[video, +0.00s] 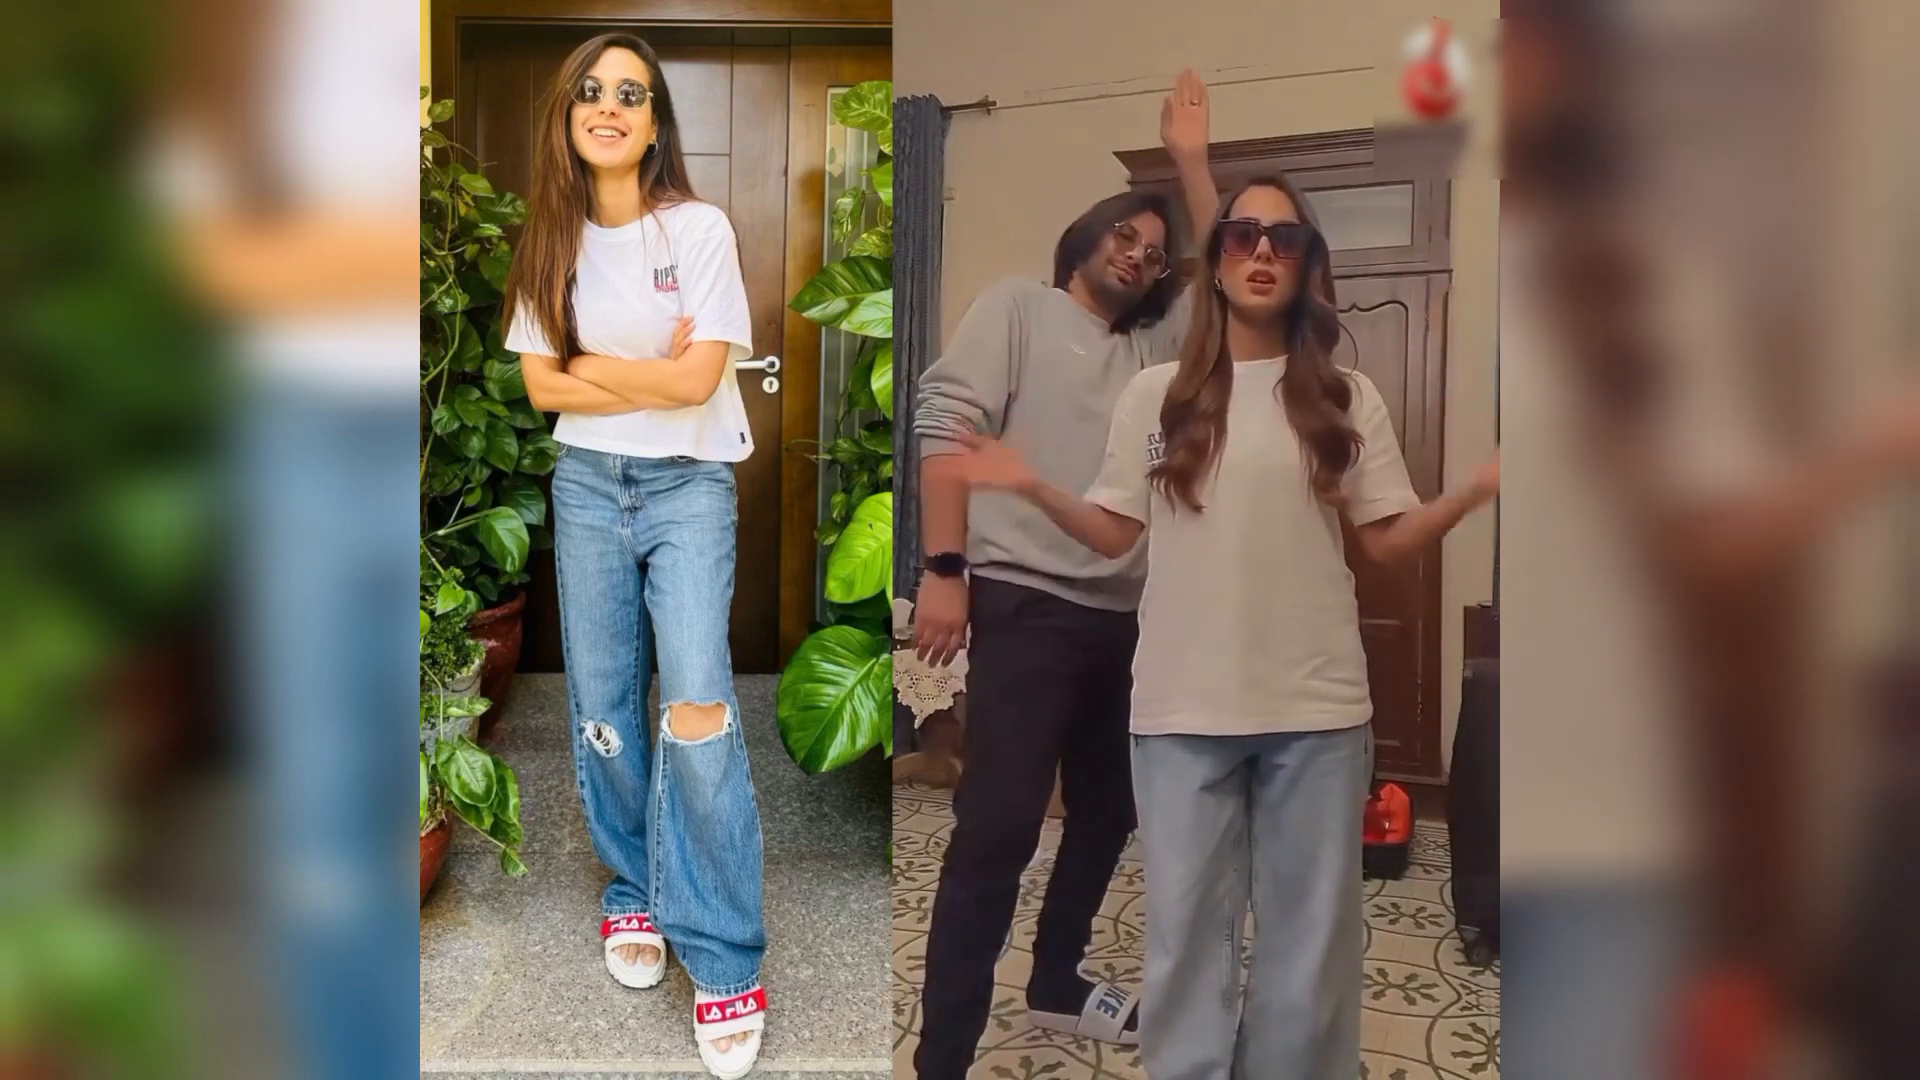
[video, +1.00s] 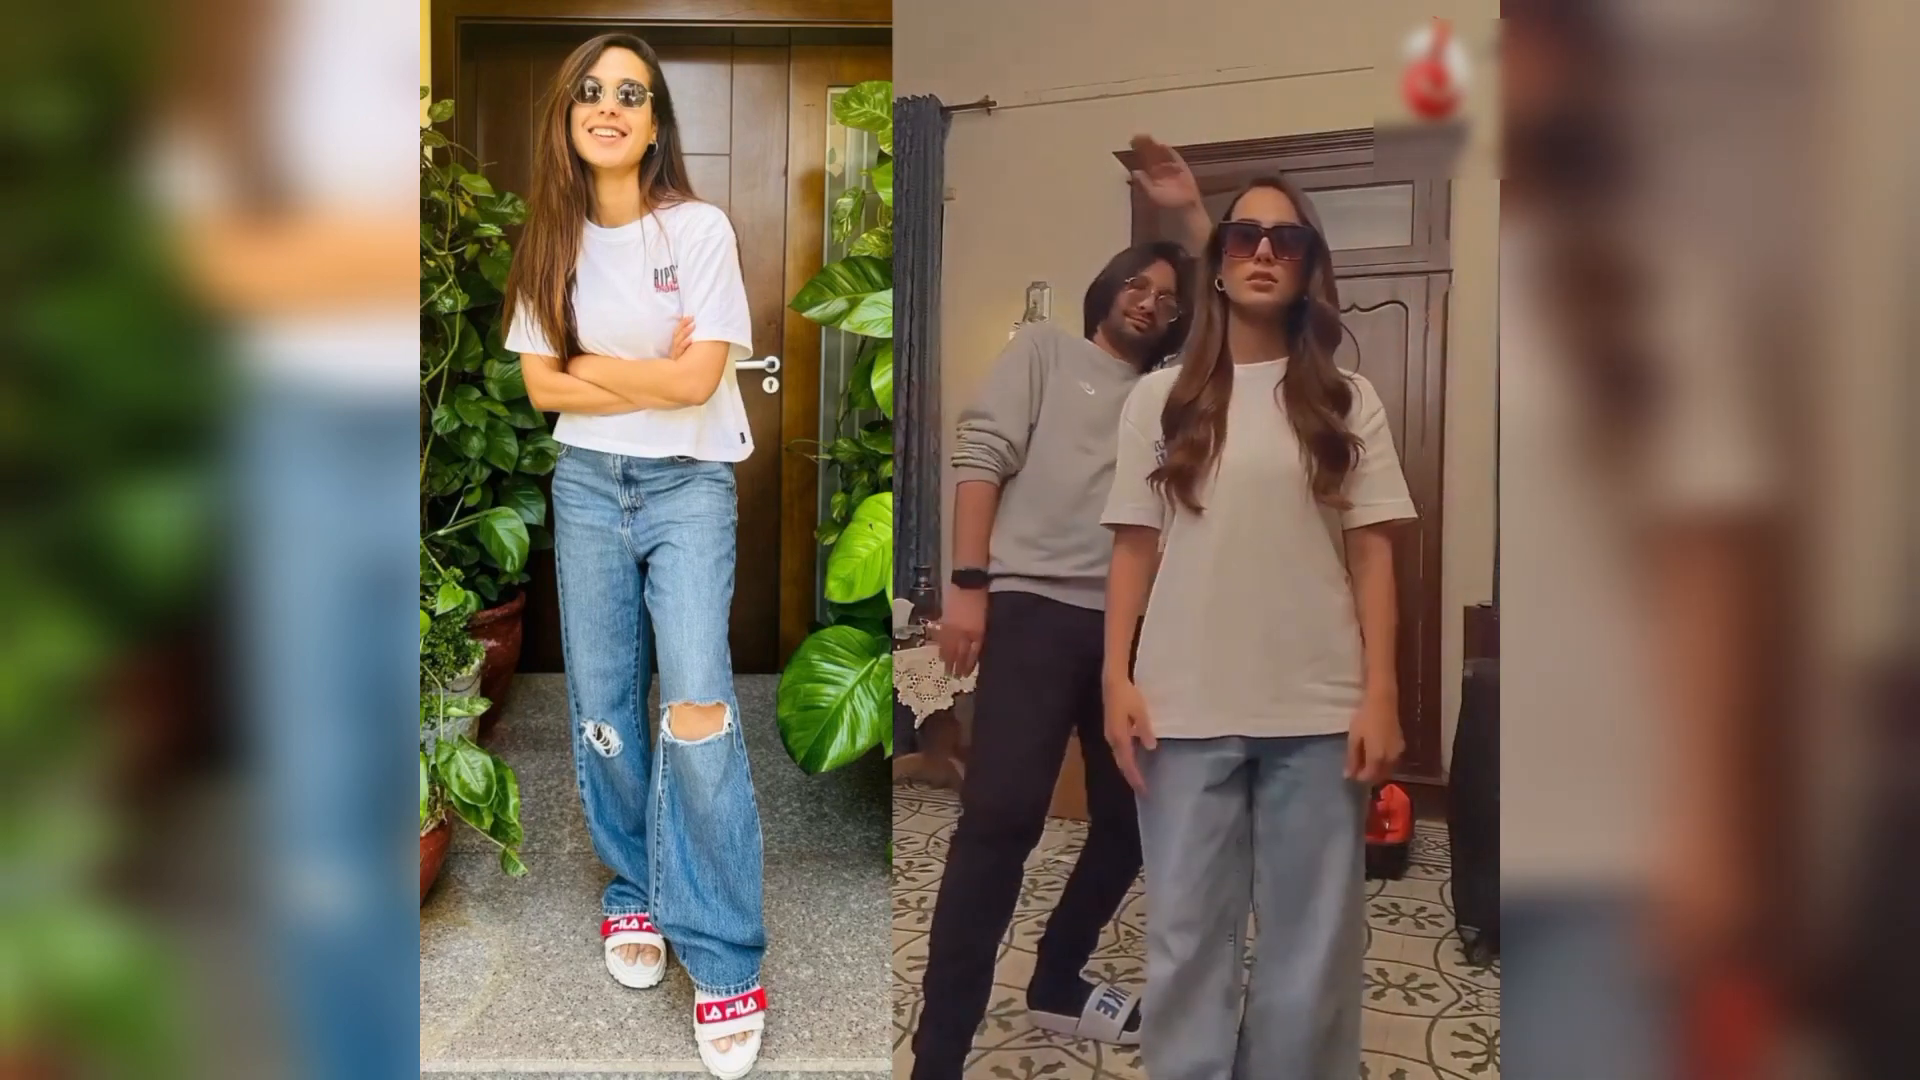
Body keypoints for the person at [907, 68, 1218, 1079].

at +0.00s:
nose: (1137, 253)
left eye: (1153, 249)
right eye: (1126, 234)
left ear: (1161, 267)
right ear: (1086, 231)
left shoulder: (1158, 343)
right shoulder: (1018, 306)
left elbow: (1218, 286)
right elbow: (947, 430)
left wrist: (1191, 168)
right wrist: (943, 570)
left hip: (1123, 617)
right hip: (1020, 605)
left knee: (1104, 816)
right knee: (998, 829)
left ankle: (1056, 989)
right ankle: (942, 1057)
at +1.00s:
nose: (1149, 302)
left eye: (1165, 297)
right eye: (1138, 286)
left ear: (1177, 316)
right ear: (1106, 289)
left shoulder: (1174, 388)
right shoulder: (1043, 349)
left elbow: (1224, 322)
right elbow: (983, 453)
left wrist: (1193, 215)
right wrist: (966, 581)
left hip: (1134, 625)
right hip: (1035, 616)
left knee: (1127, 825)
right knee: (1000, 824)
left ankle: (1057, 988)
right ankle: (938, 1057)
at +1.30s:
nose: (1124, 230)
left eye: (1132, 219)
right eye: (1103, 217)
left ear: (1142, 243)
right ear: (1063, 235)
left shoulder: (1159, 347)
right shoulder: (1016, 322)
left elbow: (1184, 472)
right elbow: (938, 440)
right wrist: (928, 568)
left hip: (1120, 608)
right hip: (1015, 597)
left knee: (1093, 809)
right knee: (984, 817)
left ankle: (1056, 989)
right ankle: (933, 1055)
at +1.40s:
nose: (1109, 227)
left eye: (1115, 216)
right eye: (1089, 212)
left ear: (1119, 238)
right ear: (1041, 228)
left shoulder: (1143, 346)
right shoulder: (987, 333)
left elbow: (1174, 472)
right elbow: (918, 454)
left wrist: (1163, 579)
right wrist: (940, 577)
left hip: (1119, 615)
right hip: (1011, 608)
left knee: (1097, 816)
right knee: (982, 828)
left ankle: (1055, 992)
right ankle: (934, 1058)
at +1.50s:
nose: (1101, 231)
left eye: (1104, 219)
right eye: (1081, 216)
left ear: (1103, 241)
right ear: (1028, 232)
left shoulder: (1127, 350)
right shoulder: (967, 344)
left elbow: (1149, 480)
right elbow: (920, 484)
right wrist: (1006, 522)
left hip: (1117, 619)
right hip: (1012, 616)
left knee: (1107, 820)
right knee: (985, 829)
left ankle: (1054, 991)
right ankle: (933, 1058)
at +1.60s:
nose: (1093, 224)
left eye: (1097, 212)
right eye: (1073, 209)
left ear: (1096, 236)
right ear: (1022, 225)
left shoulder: (1115, 349)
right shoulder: (962, 343)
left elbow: (1136, 480)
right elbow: (921, 489)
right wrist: (1011, 537)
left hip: (1113, 622)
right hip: (1010, 618)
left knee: (1107, 821)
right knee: (980, 837)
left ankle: (1055, 990)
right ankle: (931, 1059)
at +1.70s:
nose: (1085, 206)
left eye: (1085, 193)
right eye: (1063, 192)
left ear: (1084, 218)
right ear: (1011, 213)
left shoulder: (1112, 339)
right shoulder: (963, 331)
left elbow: (1126, 469)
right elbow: (921, 479)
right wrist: (1017, 527)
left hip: (1109, 621)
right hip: (1011, 617)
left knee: (1099, 815)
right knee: (985, 838)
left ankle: (1055, 989)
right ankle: (931, 1063)